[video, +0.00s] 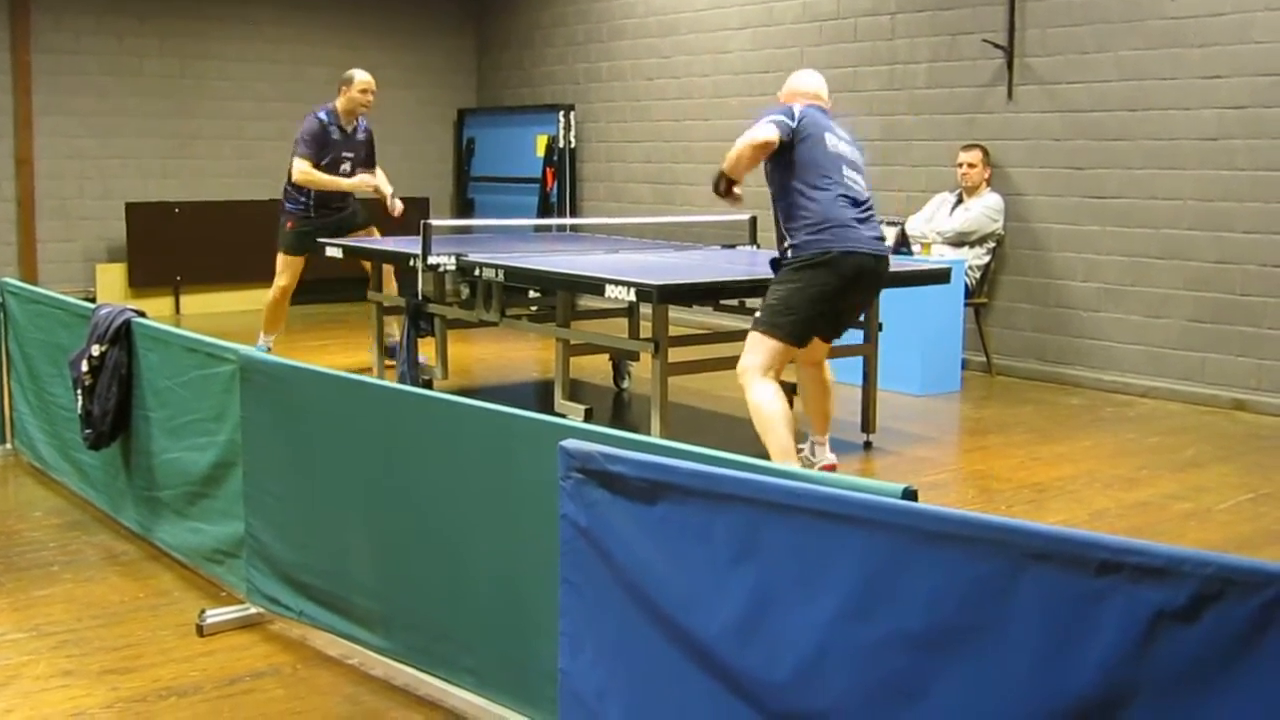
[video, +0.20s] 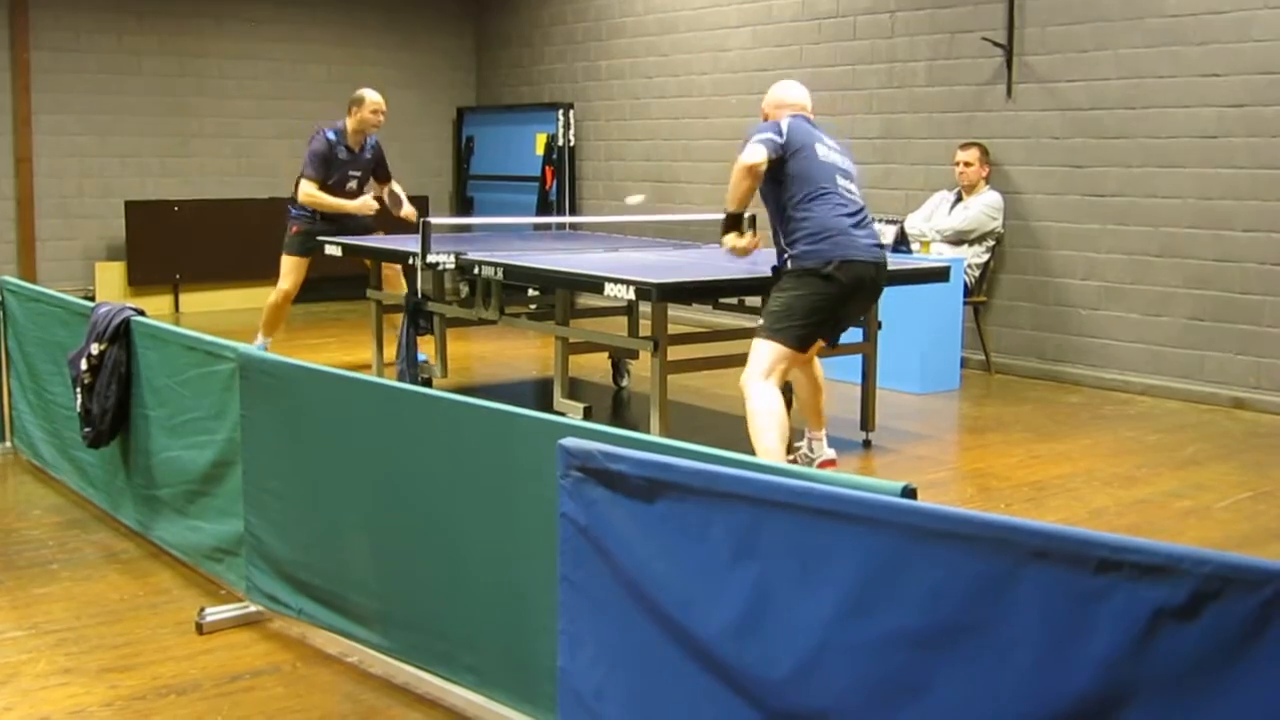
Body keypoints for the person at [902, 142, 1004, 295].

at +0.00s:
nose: (964, 171)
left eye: (971, 166)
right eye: (960, 166)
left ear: (986, 172)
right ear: (956, 170)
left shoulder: (993, 203)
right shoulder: (944, 198)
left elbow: (961, 231)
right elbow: (911, 226)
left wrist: (924, 230)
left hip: (957, 278)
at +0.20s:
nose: (960, 170)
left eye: (968, 165)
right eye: (957, 165)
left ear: (984, 170)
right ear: (953, 168)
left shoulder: (992, 201)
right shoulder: (943, 196)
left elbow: (958, 230)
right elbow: (910, 225)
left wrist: (922, 229)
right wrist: (944, 237)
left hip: (956, 277)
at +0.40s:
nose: (956, 169)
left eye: (963, 164)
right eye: (954, 164)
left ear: (981, 170)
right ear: (950, 165)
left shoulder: (991, 200)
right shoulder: (941, 195)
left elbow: (956, 229)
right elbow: (908, 223)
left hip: (954, 275)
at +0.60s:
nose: (954, 168)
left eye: (961, 163)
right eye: (952, 162)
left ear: (980, 168)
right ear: (949, 164)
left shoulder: (990, 198)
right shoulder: (940, 194)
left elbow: (957, 227)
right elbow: (908, 220)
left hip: (954, 273)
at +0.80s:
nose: (954, 167)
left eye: (961, 162)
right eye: (952, 161)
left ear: (980, 167)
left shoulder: (990, 197)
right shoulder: (946, 194)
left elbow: (955, 225)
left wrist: (919, 225)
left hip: (956, 273)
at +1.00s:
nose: (957, 166)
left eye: (964, 161)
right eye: (954, 160)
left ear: (981, 166)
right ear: (950, 161)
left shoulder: (989, 196)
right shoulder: (958, 192)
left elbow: (948, 224)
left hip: (958, 272)